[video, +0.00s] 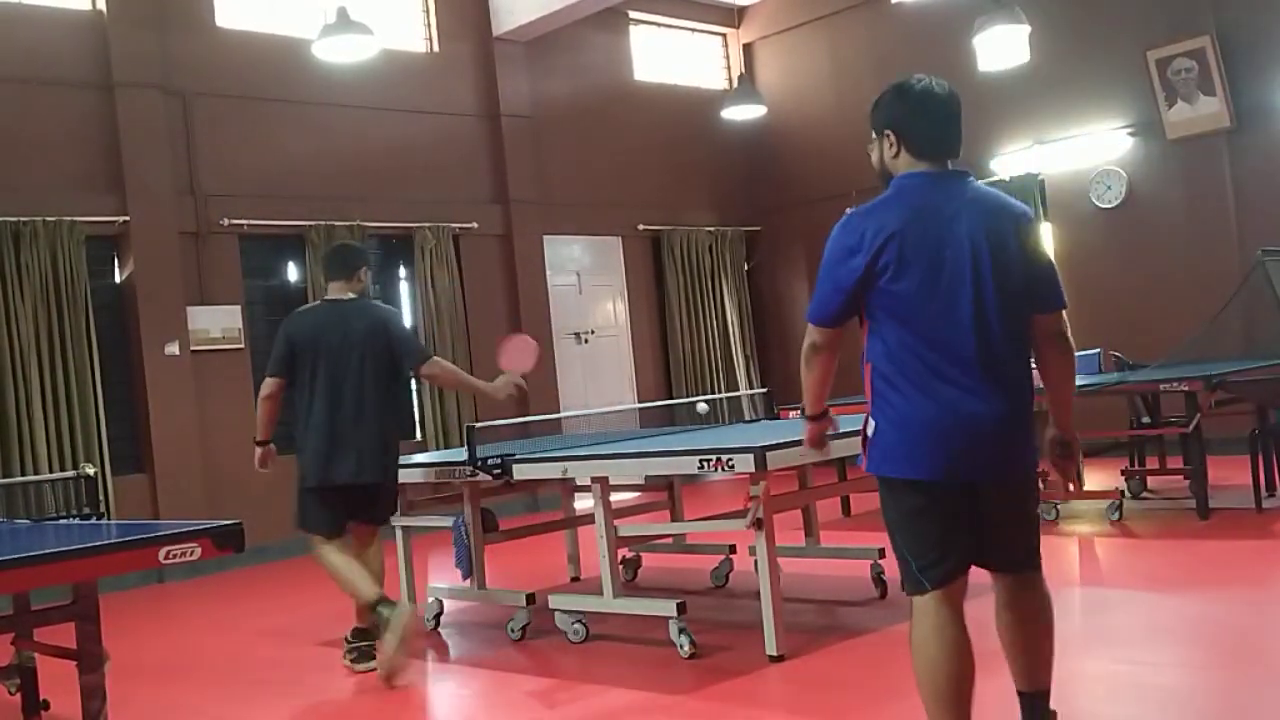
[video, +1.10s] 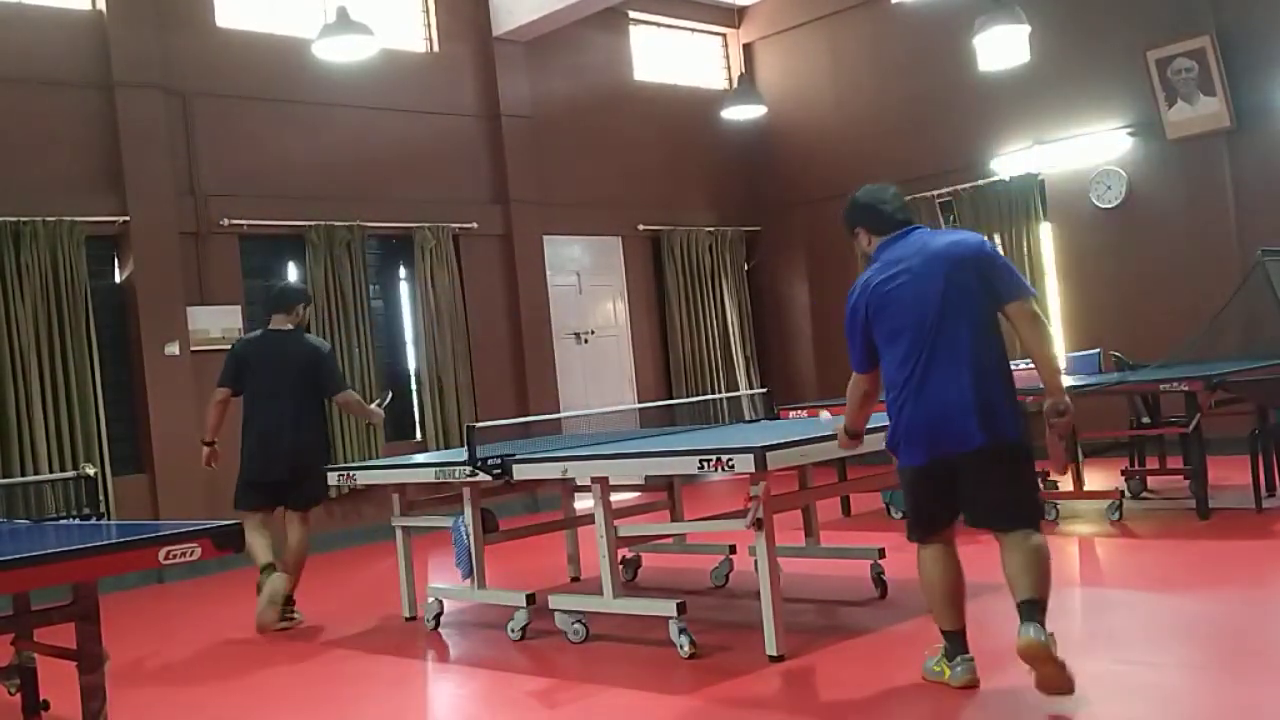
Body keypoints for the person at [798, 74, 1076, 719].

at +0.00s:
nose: (871, 153)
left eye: (872, 140)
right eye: (872, 141)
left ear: (891, 141)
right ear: (955, 139)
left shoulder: (864, 226)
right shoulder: (1013, 216)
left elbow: (822, 341)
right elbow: (1051, 334)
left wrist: (814, 416)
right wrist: (1063, 429)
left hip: (912, 447)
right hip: (1005, 438)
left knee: (935, 595)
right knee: (1018, 572)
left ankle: (948, 719)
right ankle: (1038, 711)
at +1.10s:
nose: (858, 251)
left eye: (855, 241)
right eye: (855, 242)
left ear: (866, 234)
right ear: (908, 218)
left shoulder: (867, 287)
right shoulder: (971, 246)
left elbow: (865, 379)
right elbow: (1025, 315)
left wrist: (850, 427)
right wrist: (1055, 391)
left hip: (921, 439)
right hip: (991, 424)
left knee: (933, 538)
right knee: (1019, 529)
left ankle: (956, 656)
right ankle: (1032, 625)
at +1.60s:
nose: (863, 231)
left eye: (867, 218)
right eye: (860, 221)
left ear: (901, 209)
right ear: (917, 210)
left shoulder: (891, 268)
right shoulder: (983, 248)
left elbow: (868, 364)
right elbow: (1026, 320)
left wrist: (872, 352)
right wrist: (1022, 387)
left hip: (940, 421)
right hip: (1002, 410)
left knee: (939, 530)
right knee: (1004, 515)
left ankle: (957, 654)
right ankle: (1029, 618)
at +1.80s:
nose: (911, 212)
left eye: (921, 202)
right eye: (911, 204)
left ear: (956, 202)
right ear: (957, 206)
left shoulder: (955, 257)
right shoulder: (995, 247)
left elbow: (944, 336)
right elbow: (990, 335)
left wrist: (880, 366)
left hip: (975, 415)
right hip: (1025, 407)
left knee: (954, 522)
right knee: (1010, 514)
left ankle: (959, 647)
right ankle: (1036, 628)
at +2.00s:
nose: (957, 202)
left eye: (968, 192)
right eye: (955, 194)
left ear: (1000, 193)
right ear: (976, 198)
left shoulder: (1006, 244)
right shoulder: (1007, 242)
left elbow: (1017, 321)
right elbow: (1013, 327)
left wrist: (943, 347)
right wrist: (968, 377)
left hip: (1006, 411)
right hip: (1027, 408)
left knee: (984, 510)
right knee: (1028, 512)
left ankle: (1032, 625)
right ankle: (1038, 625)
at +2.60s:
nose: (1075, 188)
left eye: (1086, 179)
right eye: (1074, 180)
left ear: (1123, 180)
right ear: (1081, 183)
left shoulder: (1150, 236)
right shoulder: (1090, 246)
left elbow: (1170, 311)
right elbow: (1089, 323)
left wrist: (1095, 335)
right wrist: (1058, 367)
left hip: (1148, 401)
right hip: (1095, 401)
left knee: (1154, 502)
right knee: (1084, 491)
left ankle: (1183, 617)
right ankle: (1112, 607)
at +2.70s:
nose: (1092, 187)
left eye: (1103, 177)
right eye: (1090, 178)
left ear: (1139, 178)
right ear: (1094, 182)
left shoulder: (1167, 233)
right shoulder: (1104, 246)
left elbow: (1200, 304)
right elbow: (1107, 321)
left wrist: (1133, 335)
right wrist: (1067, 348)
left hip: (1160, 400)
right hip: (1111, 399)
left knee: (1164, 498)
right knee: (1110, 492)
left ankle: (1184, 617)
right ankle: (1171, 583)